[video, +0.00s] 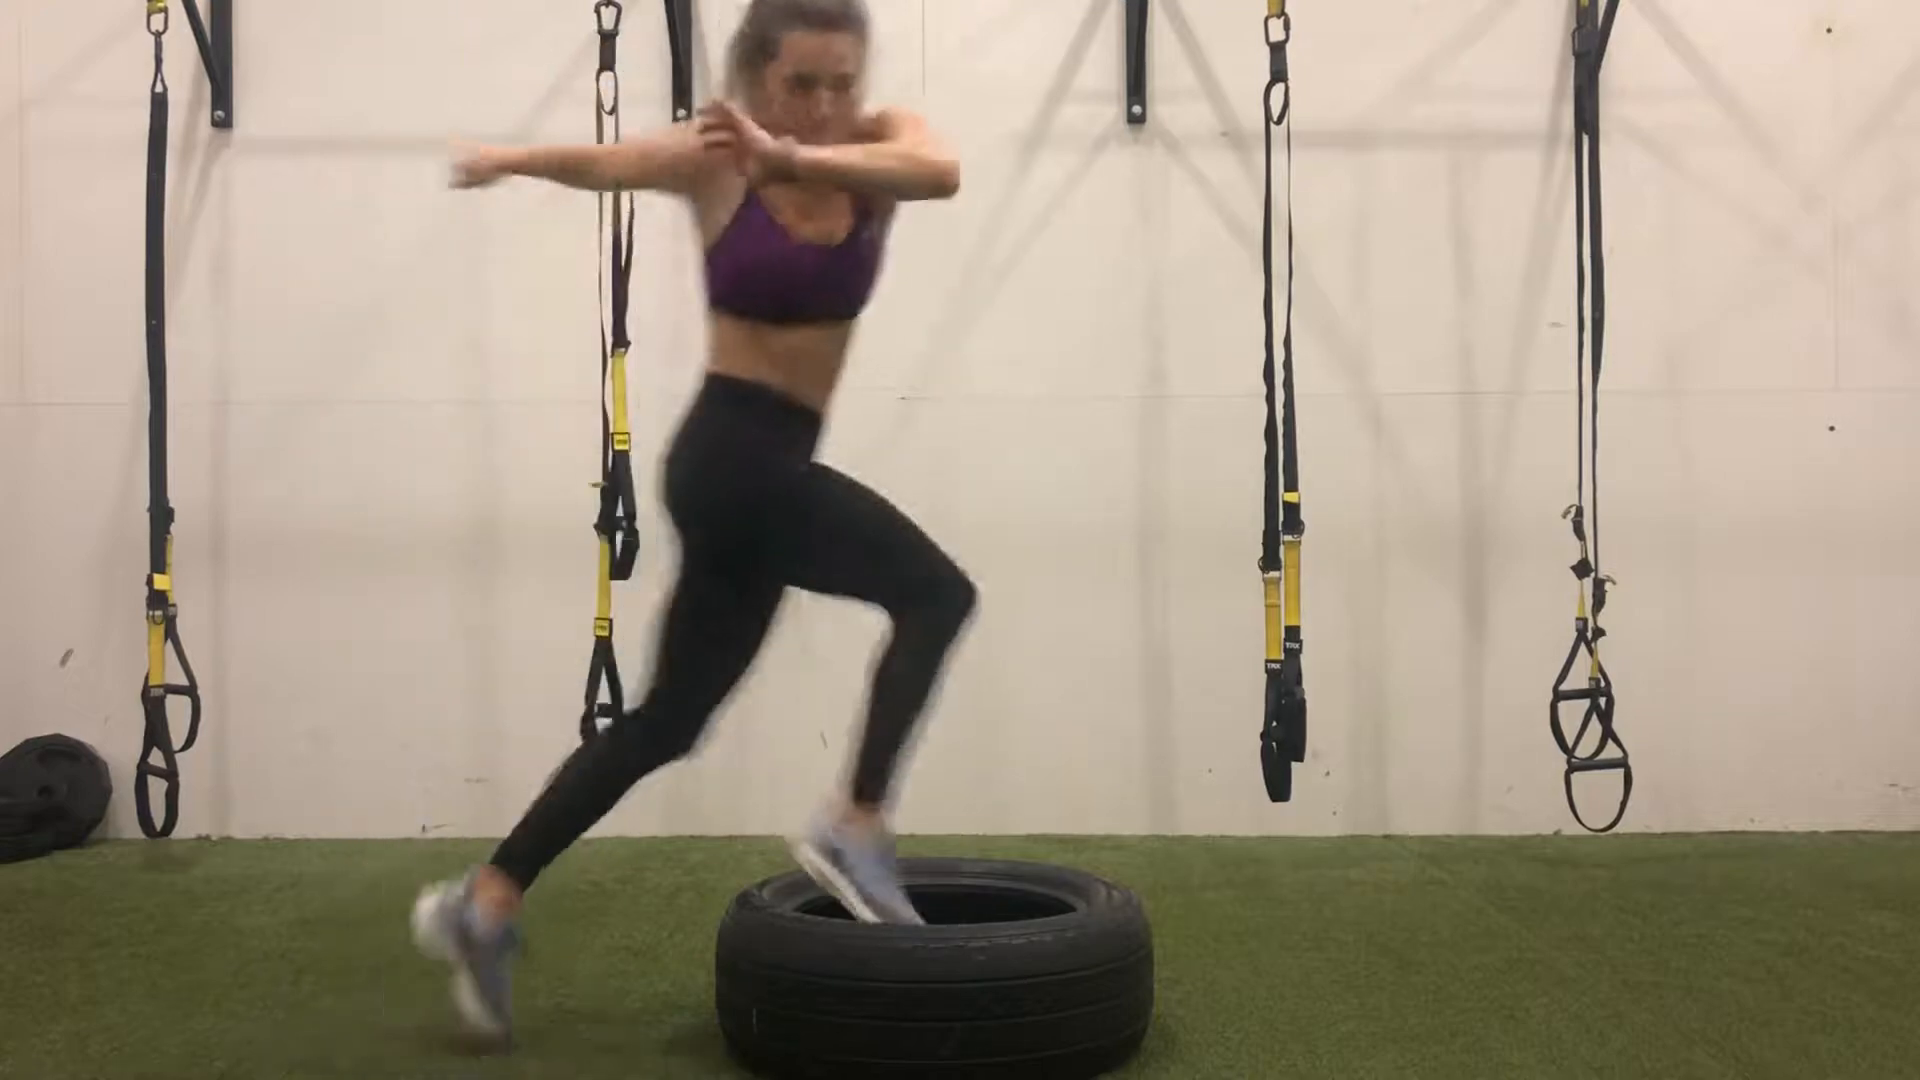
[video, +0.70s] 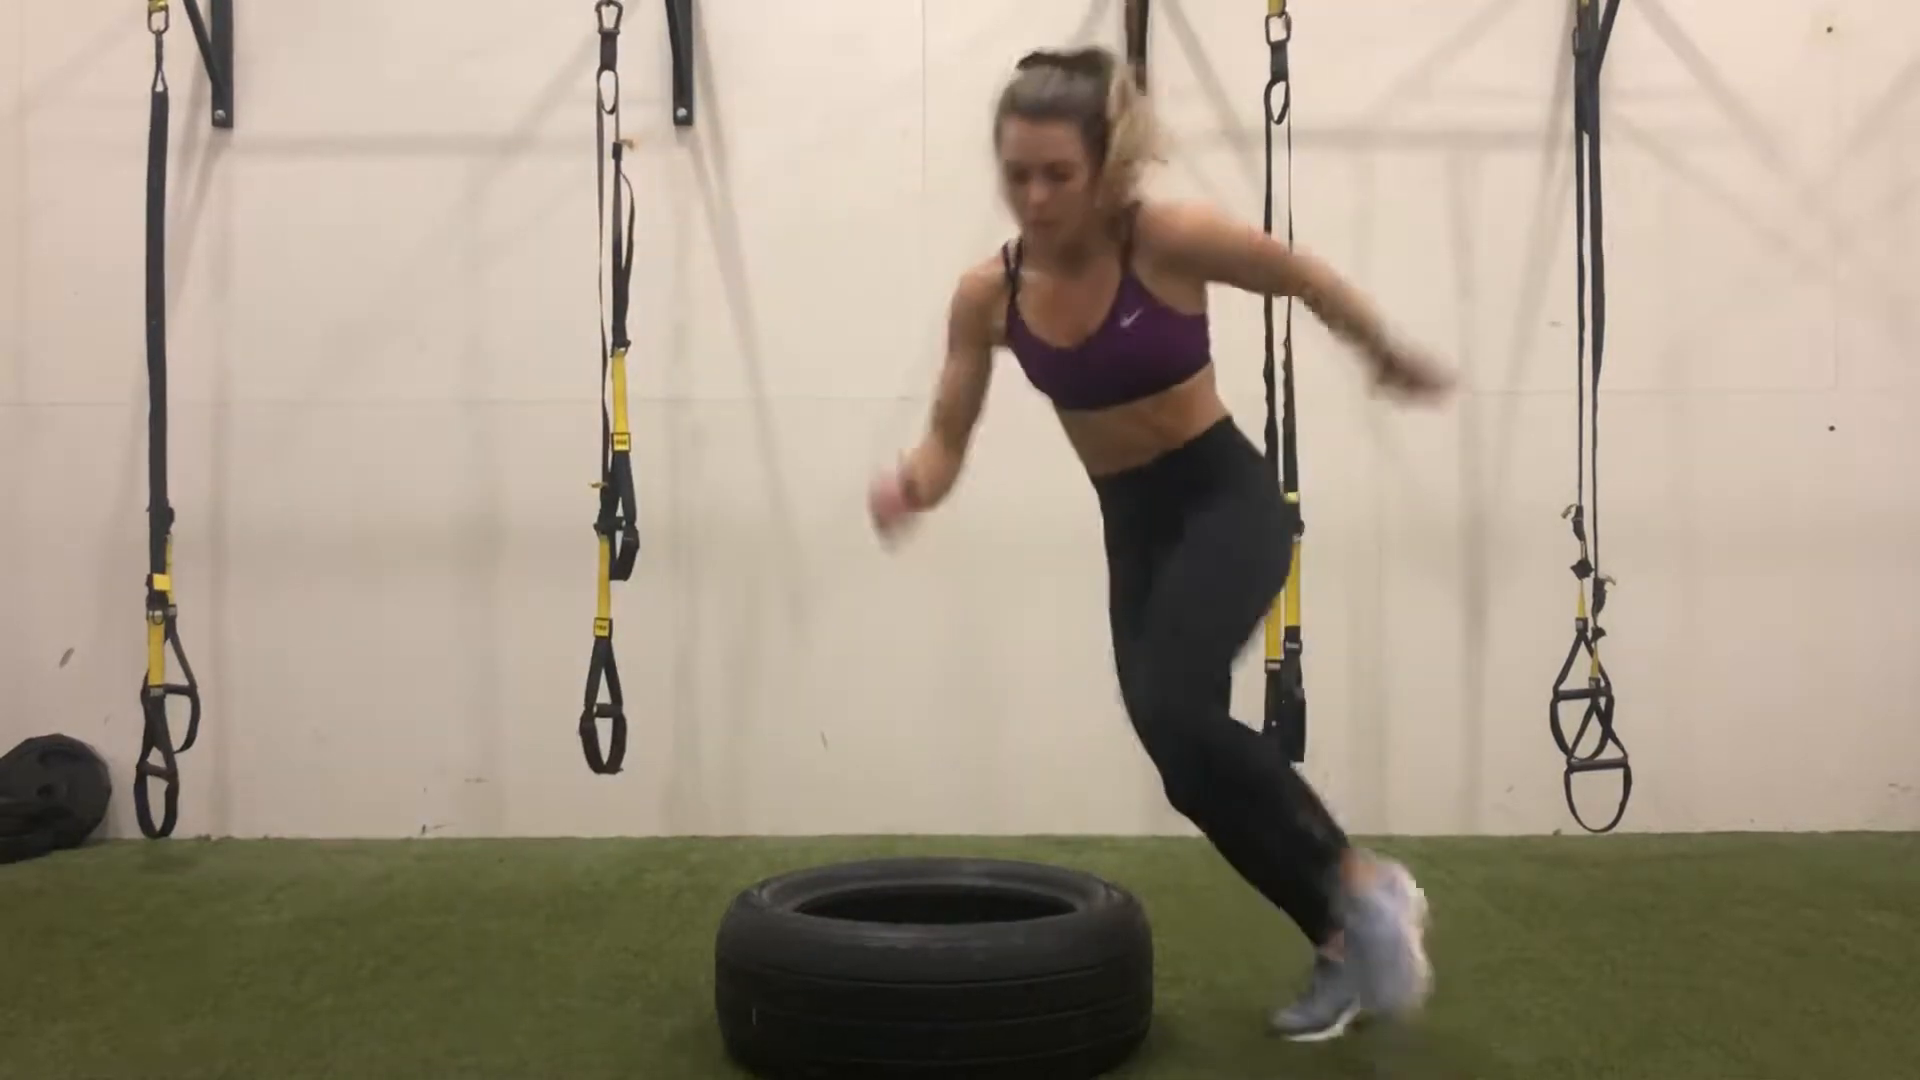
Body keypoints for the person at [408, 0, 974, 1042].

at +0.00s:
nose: (824, 104)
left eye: (840, 84)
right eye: (803, 86)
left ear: (864, 79)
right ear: (753, 83)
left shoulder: (881, 138)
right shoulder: (719, 154)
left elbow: (941, 175)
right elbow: (613, 163)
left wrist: (801, 161)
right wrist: (520, 159)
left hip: (771, 466)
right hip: (727, 461)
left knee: (669, 721)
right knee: (937, 596)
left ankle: (483, 904)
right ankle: (856, 823)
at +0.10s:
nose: (910, 103)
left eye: (927, 84)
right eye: (887, 86)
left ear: (950, 68)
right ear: (846, 74)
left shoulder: (971, 132)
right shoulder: (803, 161)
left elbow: (1016, 179)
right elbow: (673, 209)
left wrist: (876, 166)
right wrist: (552, 234)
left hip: (897, 481)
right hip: (844, 482)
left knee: (900, 714)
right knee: (923, 730)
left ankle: (702, 702)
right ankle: (887, 954)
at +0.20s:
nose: (973, 92)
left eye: (991, 71)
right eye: (954, 74)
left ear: (1021, 65)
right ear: (922, 68)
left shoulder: (1047, 135)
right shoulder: (874, 163)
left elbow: (1090, 193)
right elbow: (722, 244)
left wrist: (1048, 200)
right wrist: (568, 319)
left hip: (972, 473)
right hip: (890, 474)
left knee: (1089, 681)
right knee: (942, 727)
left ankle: (922, 684)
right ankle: (886, 951)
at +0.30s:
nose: (1030, 73)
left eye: (1048, 52)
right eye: (1007, 53)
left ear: (1077, 55)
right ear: (971, 60)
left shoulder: (1110, 132)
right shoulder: (928, 159)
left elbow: (1187, 236)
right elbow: (807, 264)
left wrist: (1269, 339)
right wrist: (802, 327)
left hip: (1061, 438)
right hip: (955, 446)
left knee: (1169, 654)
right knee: (1046, 664)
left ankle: (1224, 855)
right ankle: (946, 843)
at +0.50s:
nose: (1079, 160)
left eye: (1101, 137)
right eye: (1058, 140)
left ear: (1144, 138)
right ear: (1033, 148)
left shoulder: (1208, 231)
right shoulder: (1007, 290)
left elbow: (1282, 354)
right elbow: (1018, 435)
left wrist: (1326, 485)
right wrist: (1071, 496)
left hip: (1235, 515)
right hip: (1125, 546)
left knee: (1306, 768)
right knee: (1168, 783)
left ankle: (1412, 1000)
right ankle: (1265, 747)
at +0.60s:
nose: (1059, 155)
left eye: (1082, 132)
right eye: (1040, 134)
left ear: (1129, 131)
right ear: (1021, 140)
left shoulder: (1202, 222)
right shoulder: (1001, 276)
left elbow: (1265, 322)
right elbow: (1005, 401)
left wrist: (1282, 441)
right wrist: (1015, 521)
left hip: (1243, 505)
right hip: (1140, 534)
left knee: (1299, 759)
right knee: (1189, 773)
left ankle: (1415, 988)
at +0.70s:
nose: (1033, 196)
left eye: (1056, 174)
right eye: (1017, 174)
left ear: (1104, 166)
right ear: (998, 167)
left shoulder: (1164, 238)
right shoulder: (990, 293)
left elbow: (1309, 280)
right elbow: (948, 432)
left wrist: (1385, 353)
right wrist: (916, 485)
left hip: (1228, 497)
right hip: (1133, 526)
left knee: (1175, 707)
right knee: (1187, 775)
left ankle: (1367, 890)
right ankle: (1342, 942)